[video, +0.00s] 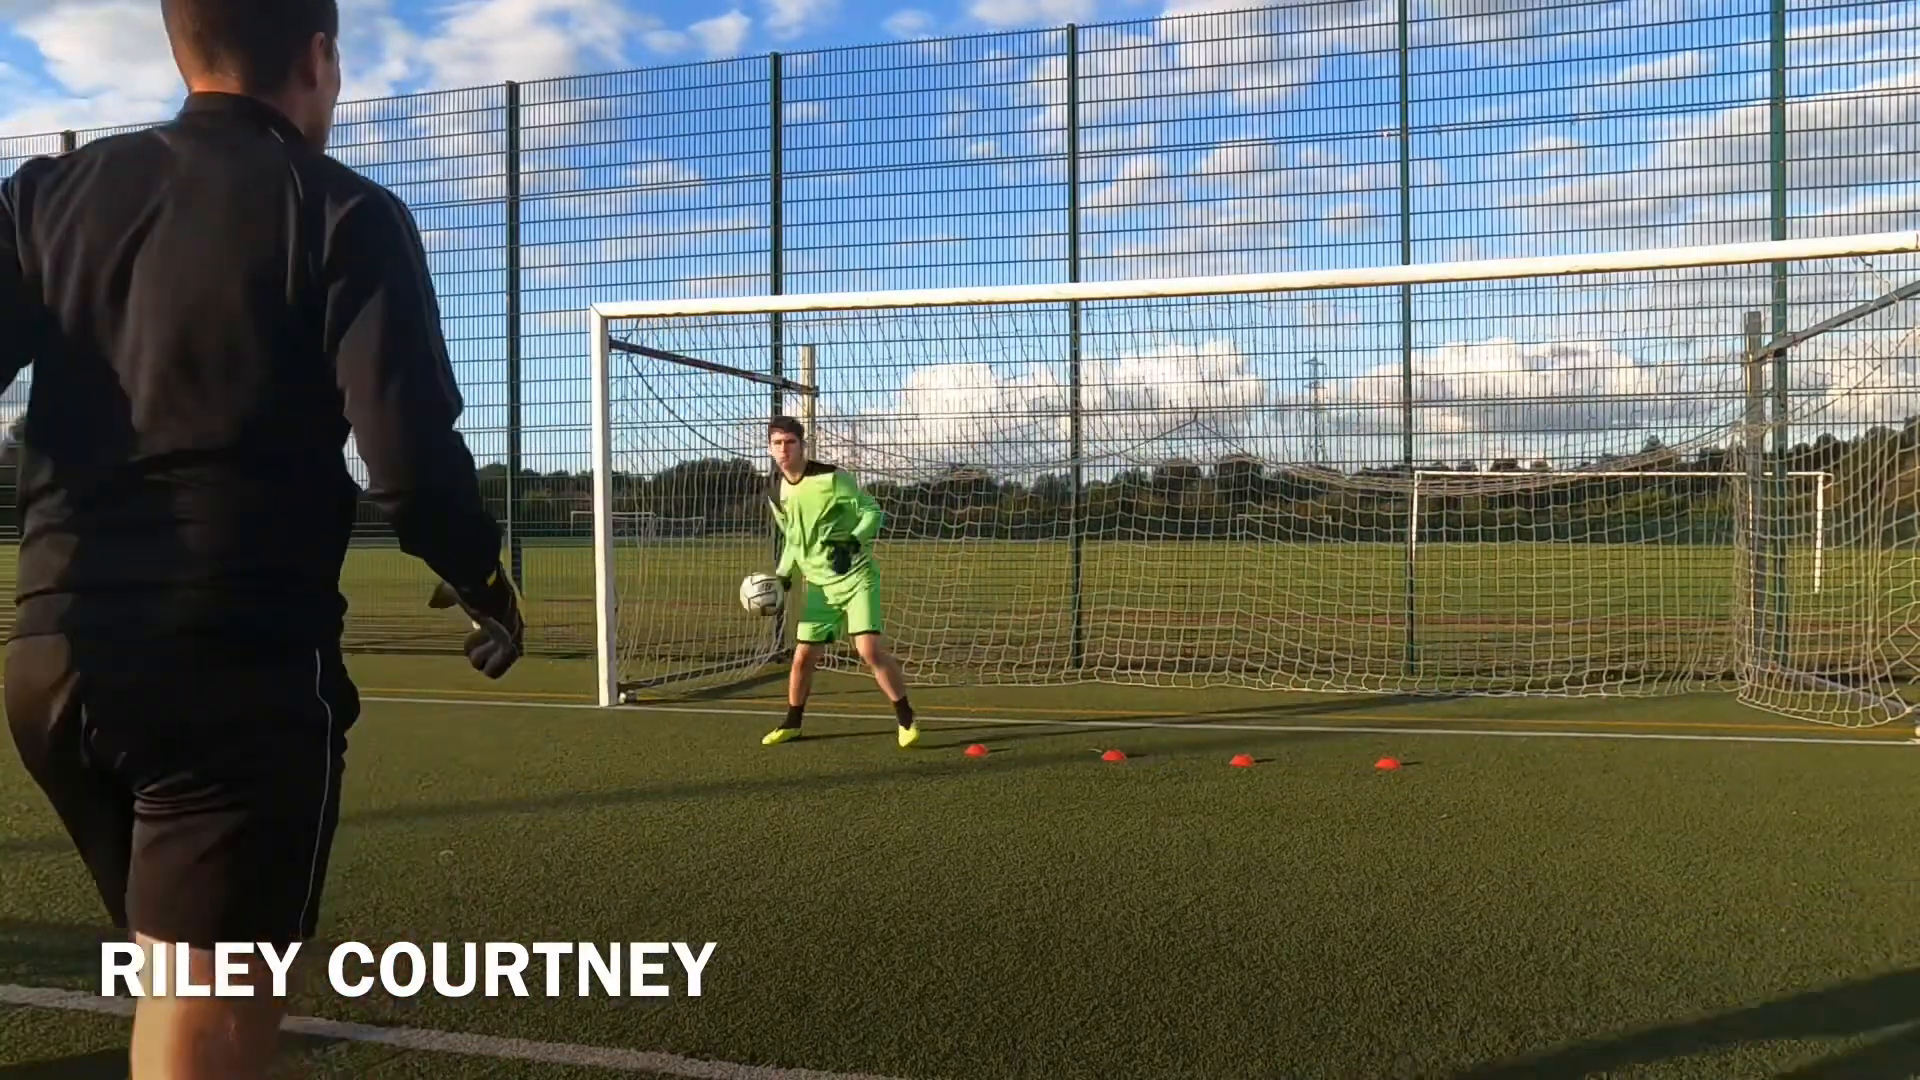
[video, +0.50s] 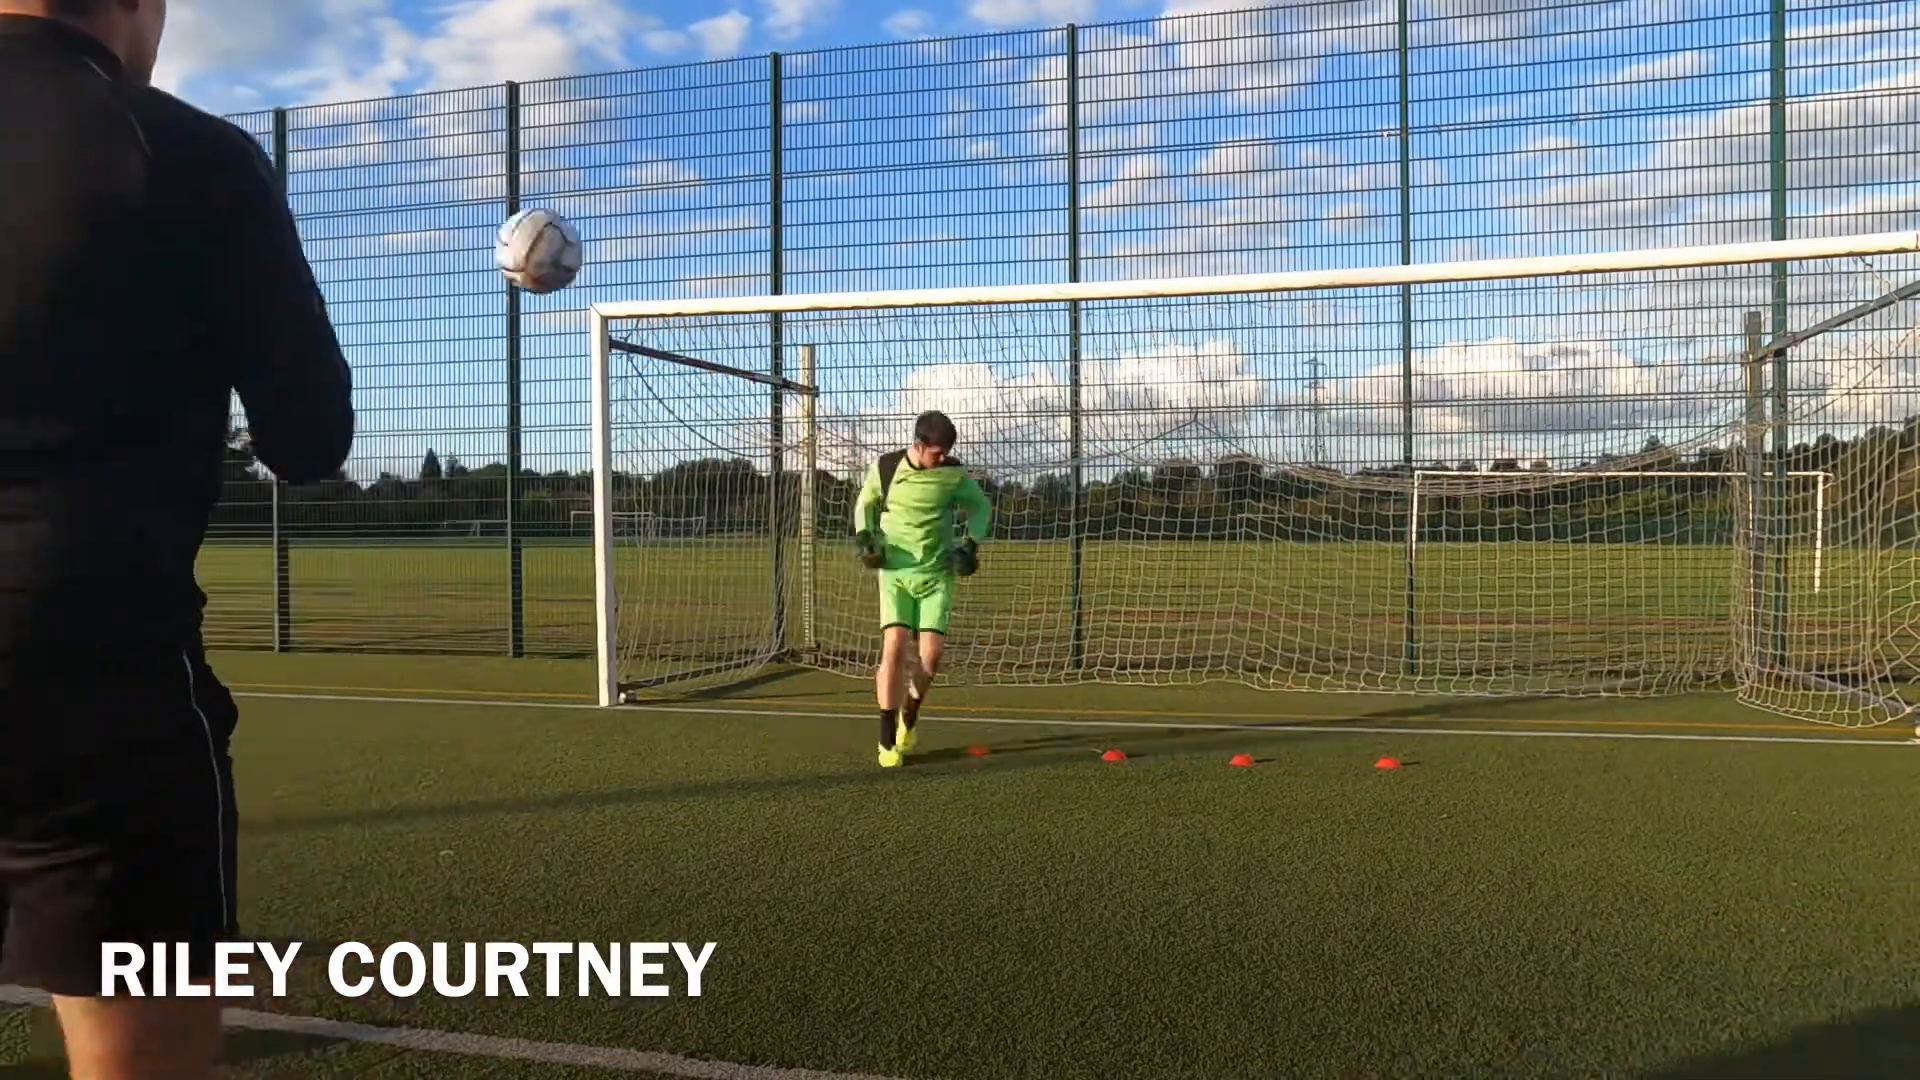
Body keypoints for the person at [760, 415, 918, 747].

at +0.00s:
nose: (783, 450)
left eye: (790, 442)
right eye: (777, 444)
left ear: (803, 445)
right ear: (770, 450)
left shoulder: (834, 480)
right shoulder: (779, 492)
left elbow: (873, 511)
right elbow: (792, 541)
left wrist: (853, 541)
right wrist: (780, 581)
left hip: (857, 579)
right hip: (819, 587)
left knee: (869, 650)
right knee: (802, 656)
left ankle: (906, 719)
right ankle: (792, 723)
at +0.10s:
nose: (814, 451)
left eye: (820, 444)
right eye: (808, 445)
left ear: (830, 445)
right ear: (798, 446)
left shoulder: (855, 480)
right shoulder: (792, 488)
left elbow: (893, 514)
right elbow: (790, 536)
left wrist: (873, 542)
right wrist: (767, 538)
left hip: (866, 579)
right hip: (826, 584)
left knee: (877, 651)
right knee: (809, 657)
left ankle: (901, 725)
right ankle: (794, 723)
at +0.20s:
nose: (851, 457)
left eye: (856, 451)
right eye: (845, 451)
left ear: (863, 448)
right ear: (832, 449)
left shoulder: (881, 482)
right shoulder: (816, 487)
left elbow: (917, 518)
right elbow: (792, 534)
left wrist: (893, 544)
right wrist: (799, 498)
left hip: (883, 586)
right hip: (841, 591)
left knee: (887, 659)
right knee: (820, 660)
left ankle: (899, 732)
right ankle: (798, 722)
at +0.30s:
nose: (892, 463)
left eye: (896, 456)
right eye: (886, 457)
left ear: (900, 450)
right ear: (868, 449)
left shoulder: (912, 483)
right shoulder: (844, 479)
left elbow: (942, 518)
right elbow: (821, 534)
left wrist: (916, 547)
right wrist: (832, 512)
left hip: (900, 584)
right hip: (858, 585)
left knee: (893, 659)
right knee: (833, 656)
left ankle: (899, 732)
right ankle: (815, 716)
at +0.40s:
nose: (920, 460)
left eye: (924, 454)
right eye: (914, 454)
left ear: (929, 448)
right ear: (897, 444)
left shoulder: (939, 481)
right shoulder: (867, 470)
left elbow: (964, 515)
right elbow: (851, 510)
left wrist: (943, 545)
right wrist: (854, 534)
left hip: (917, 582)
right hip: (873, 577)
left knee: (907, 657)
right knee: (859, 643)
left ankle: (900, 730)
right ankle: (850, 722)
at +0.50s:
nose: (943, 458)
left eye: (947, 452)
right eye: (937, 452)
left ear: (949, 447)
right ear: (919, 443)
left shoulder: (954, 476)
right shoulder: (886, 468)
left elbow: (981, 507)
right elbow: (865, 503)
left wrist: (970, 544)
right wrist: (865, 539)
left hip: (937, 577)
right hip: (895, 575)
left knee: (930, 657)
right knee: (894, 647)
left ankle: (909, 716)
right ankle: (887, 734)